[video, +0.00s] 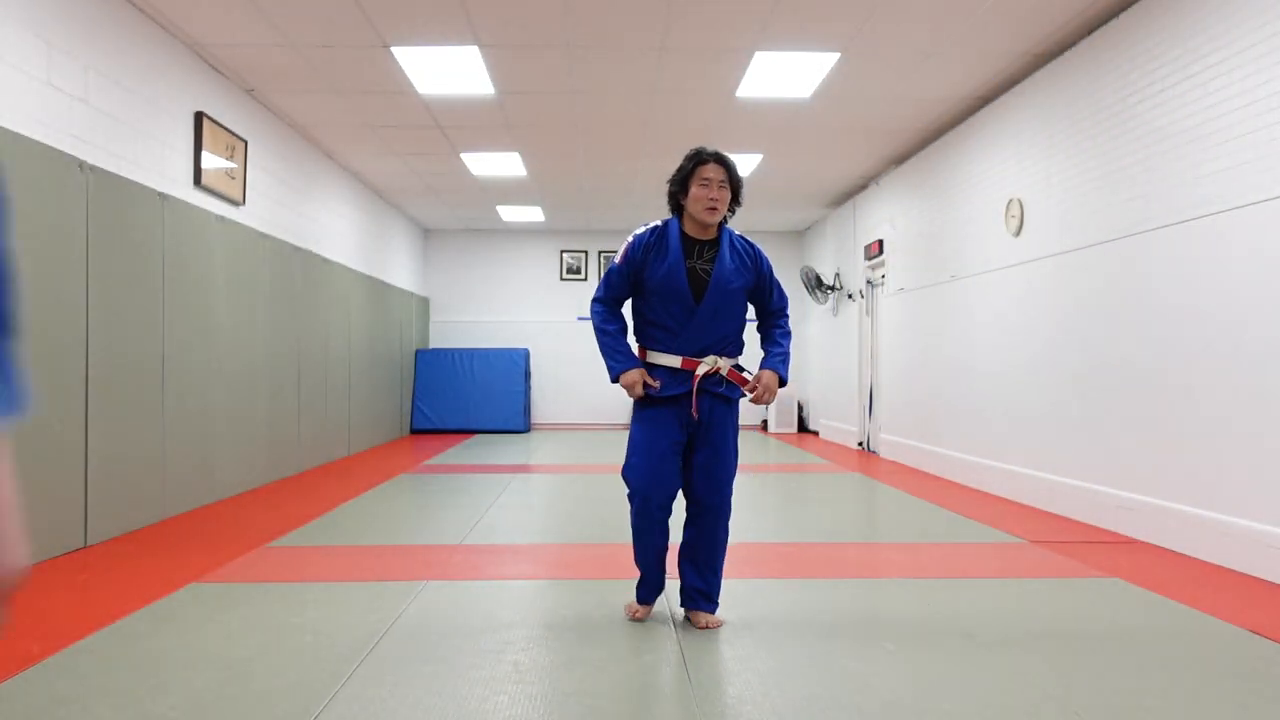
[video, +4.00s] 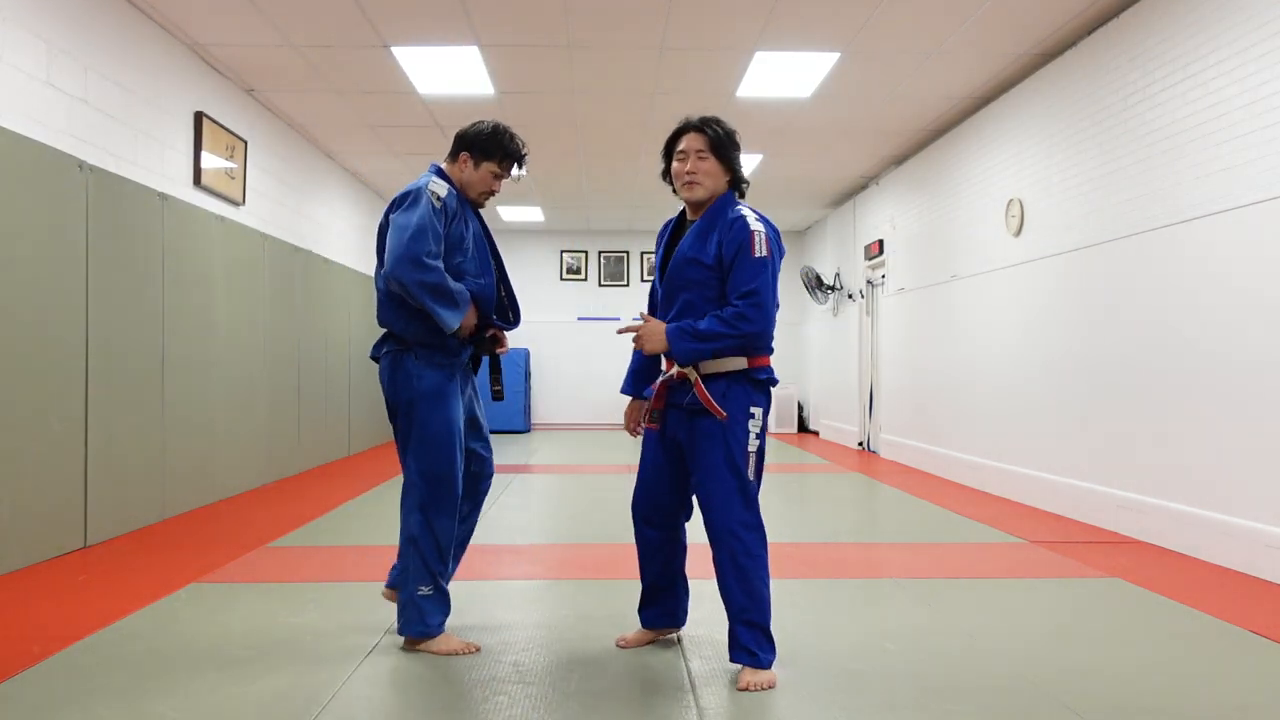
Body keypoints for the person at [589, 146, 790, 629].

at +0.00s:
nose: (714, 194)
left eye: (723, 186)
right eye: (703, 184)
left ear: (732, 198)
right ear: (681, 192)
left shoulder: (748, 256)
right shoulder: (648, 245)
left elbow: (775, 316)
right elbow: (605, 305)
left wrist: (774, 367)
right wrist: (623, 364)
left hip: (719, 395)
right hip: (658, 392)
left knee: (712, 501)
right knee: (647, 488)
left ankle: (700, 601)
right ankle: (649, 584)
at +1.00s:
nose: (610, 210)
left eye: (619, 203)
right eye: (603, 206)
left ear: (642, 211)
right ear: (600, 221)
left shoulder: (668, 244)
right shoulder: (604, 269)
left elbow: (713, 293)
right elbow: (594, 317)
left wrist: (682, 350)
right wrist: (597, 340)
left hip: (672, 381)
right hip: (628, 383)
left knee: (676, 481)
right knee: (636, 482)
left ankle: (686, 586)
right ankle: (662, 576)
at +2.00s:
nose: (674, 209)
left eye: (684, 203)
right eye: (666, 201)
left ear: (698, 214)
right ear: (651, 210)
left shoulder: (722, 260)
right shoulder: (629, 265)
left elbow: (754, 322)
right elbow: (611, 328)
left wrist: (758, 386)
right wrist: (622, 379)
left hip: (710, 390)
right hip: (653, 393)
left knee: (721, 492)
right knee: (652, 491)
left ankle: (736, 591)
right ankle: (666, 575)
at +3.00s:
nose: (675, 187)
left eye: (685, 179)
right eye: (665, 182)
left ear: (706, 190)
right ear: (653, 197)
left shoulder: (733, 240)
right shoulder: (643, 257)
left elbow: (786, 289)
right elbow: (628, 334)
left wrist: (748, 235)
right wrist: (623, 403)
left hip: (728, 389)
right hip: (665, 392)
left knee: (733, 501)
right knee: (660, 506)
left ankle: (739, 593)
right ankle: (661, 618)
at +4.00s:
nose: (686, 165)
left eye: (701, 156)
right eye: (679, 157)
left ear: (728, 168)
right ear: (670, 170)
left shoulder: (749, 228)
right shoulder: (672, 233)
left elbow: (754, 324)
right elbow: (658, 319)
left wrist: (672, 337)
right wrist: (637, 389)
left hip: (732, 389)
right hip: (676, 388)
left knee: (733, 522)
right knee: (654, 509)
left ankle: (753, 655)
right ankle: (662, 618)